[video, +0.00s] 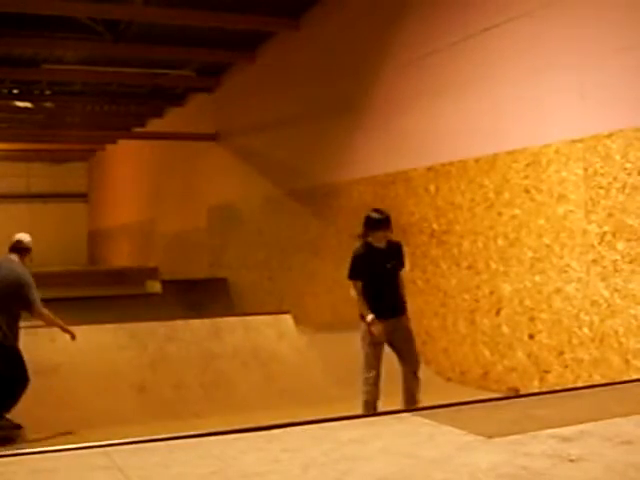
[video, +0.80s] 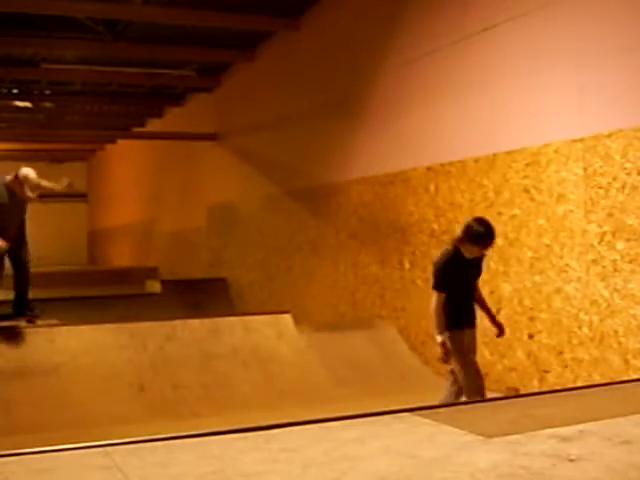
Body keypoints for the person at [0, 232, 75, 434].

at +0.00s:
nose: (30, 259)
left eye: (30, 255)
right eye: (30, 255)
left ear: (11, 249)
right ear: (26, 254)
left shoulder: (3, 266)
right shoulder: (19, 274)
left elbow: (36, 309)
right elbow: (38, 310)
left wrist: (62, 327)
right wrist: (64, 328)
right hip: (4, 341)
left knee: (7, 377)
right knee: (20, 378)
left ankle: (1, 416)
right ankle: (1, 416)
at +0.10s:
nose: (27, 248)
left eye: (27, 243)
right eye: (26, 243)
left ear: (11, 238)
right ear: (21, 242)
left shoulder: (3, 255)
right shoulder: (13, 261)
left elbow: (17, 295)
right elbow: (17, 297)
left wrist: (45, 317)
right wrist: (47, 318)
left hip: (0, 326)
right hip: (0, 326)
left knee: (5, 365)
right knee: (8, 365)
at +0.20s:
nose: (26, 234)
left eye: (27, 231)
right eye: (26, 230)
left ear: (18, 226)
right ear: (20, 227)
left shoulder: (11, 241)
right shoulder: (7, 241)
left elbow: (8, 273)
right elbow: (4, 274)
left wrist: (22, 286)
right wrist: (26, 287)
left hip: (3, 293)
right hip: (2, 294)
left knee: (1, 324)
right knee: (1, 325)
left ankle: (1, 356)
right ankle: (1, 356)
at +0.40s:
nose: (32, 214)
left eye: (35, 211)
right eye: (34, 210)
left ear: (30, 203)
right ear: (28, 203)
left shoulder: (12, 211)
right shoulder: (8, 212)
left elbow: (5, 241)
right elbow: (3, 240)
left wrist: (30, 253)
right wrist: (30, 252)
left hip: (3, 274)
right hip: (2, 276)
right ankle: (3, 365)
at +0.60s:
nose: (27, 202)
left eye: (29, 199)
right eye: (27, 198)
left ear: (22, 189)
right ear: (20, 191)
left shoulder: (12, 190)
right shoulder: (4, 206)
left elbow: (17, 174)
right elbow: (4, 239)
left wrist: (39, 172)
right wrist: (30, 248)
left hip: (6, 239)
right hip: (2, 241)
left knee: (18, 269)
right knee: (16, 270)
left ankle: (23, 305)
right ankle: (24, 305)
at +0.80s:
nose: (29, 190)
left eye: (32, 185)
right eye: (26, 185)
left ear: (31, 182)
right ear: (17, 181)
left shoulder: (25, 189)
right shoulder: (4, 192)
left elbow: (41, 184)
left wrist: (58, 187)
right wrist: (1, 240)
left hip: (17, 238)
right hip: (3, 239)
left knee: (22, 271)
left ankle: (21, 306)